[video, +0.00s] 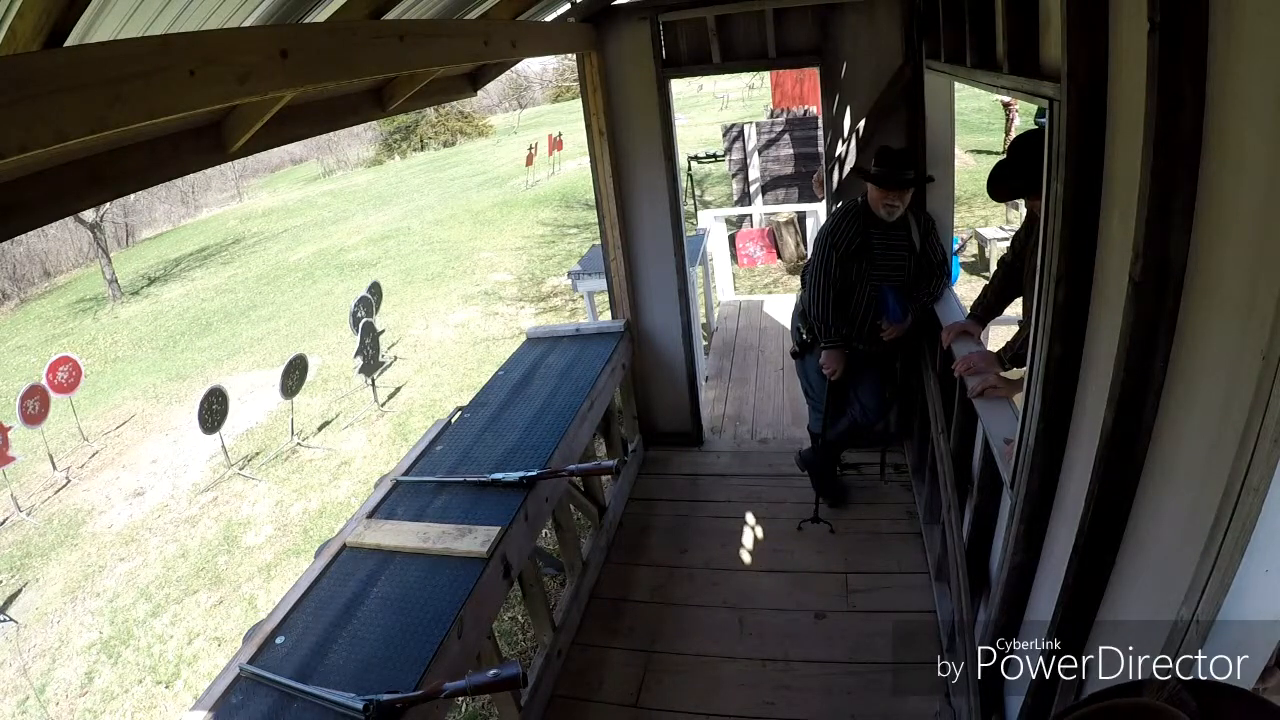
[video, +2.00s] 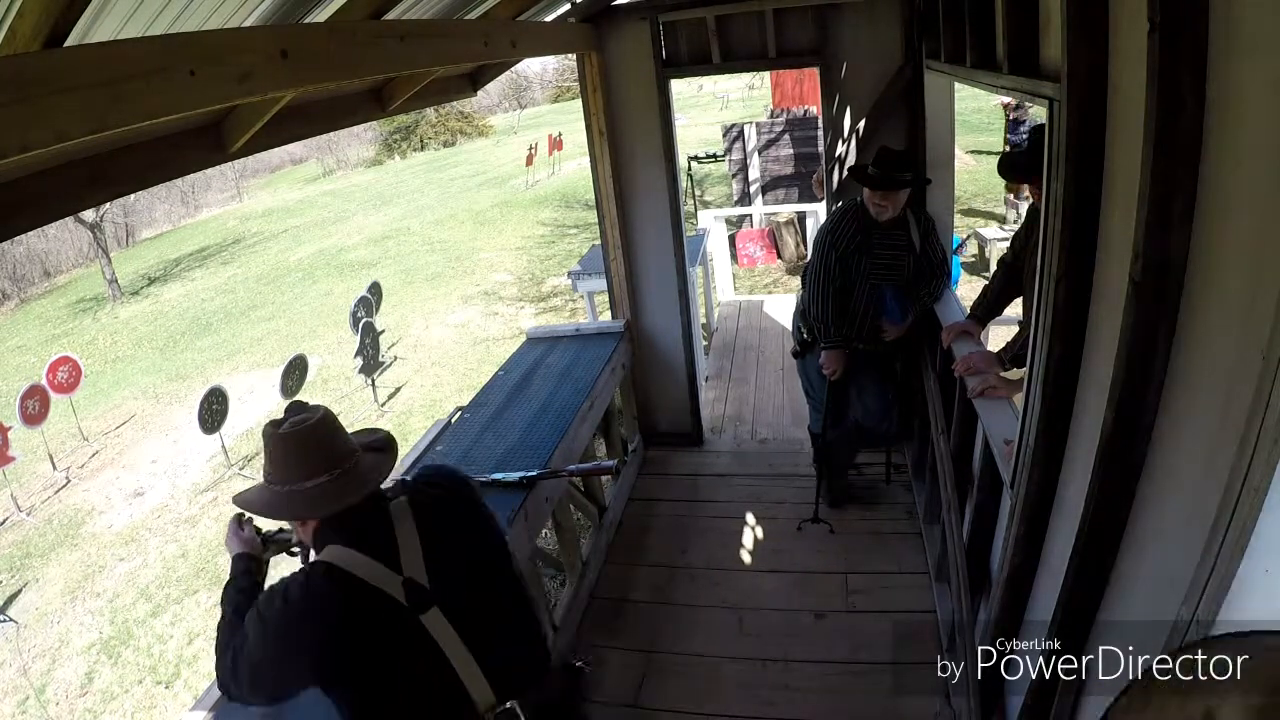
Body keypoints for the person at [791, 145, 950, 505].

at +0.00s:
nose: (894, 196)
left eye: (903, 188)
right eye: (884, 186)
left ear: (914, 189)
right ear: (868, 184)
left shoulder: (922, 226)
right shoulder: (844, 224)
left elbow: (938, 275)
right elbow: (820, 282)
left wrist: (909, 317)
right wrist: (830, 343)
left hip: (875, 336)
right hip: (824, 335)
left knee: (871, 409)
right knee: (827, 411)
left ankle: (817, 456)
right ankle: (827, 478)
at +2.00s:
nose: (880, 198)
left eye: (891, 190)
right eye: (873, 188)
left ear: (908, 192)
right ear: (863, 186)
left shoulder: (919, 225)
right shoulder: (842, 225)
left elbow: (937, 275)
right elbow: (820, 285)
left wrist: (907, 317)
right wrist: (830, 344)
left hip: (876, 337)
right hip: (825, 338)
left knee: (874, 410)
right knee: (830, 413)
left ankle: (843, 467)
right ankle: (832, 484)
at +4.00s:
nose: (872, 203)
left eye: (879, 196)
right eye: (864, 196)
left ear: (890, 189)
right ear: (849, 186)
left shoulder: (909, 212)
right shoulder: (826, 213)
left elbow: (951, 244)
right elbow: (798, 263)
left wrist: (937, 297)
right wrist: (787, 317)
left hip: (888, 333)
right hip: (836, 333)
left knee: (874, 404)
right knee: (829, 405)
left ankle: (865, 462)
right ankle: (823, 474)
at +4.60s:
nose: (884, 196)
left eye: (886, 187)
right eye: (875, 189)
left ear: (887, 182)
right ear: (851, 186)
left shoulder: (909, 209)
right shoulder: (828, 216)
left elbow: (946, 243)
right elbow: (798, 265)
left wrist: (938, 296)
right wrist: (788, 320)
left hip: (891, 333)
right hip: (841, 334)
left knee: (872, 404)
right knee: (832, 409)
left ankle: (865, 460)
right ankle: (823, 473)